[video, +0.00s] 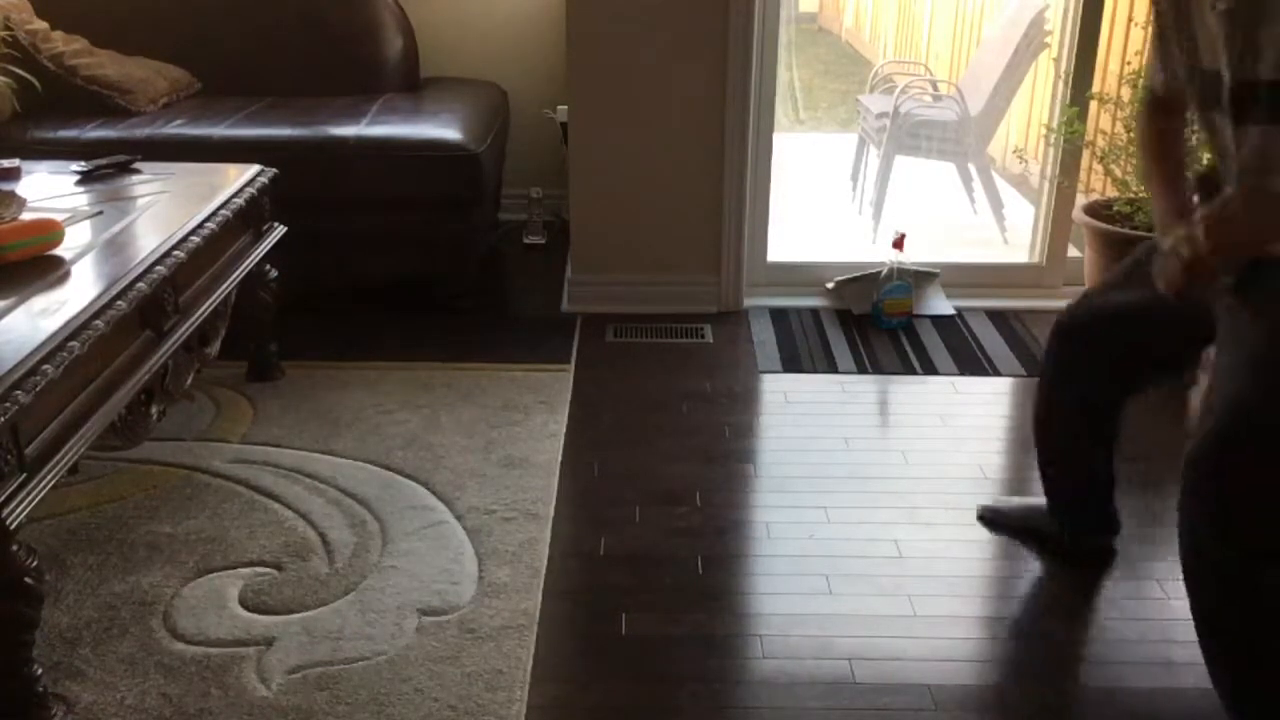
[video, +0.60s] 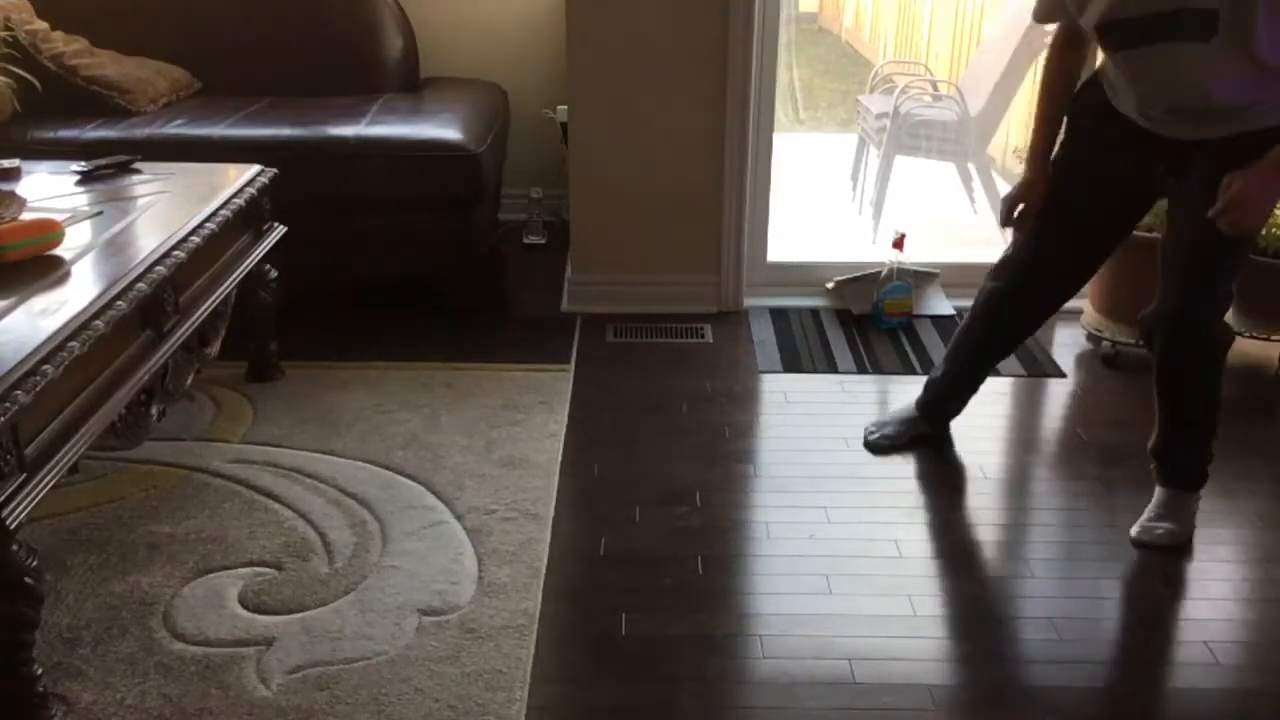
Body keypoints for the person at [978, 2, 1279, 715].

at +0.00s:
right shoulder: (1182, 7)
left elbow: (1266, 191)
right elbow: (1163, 103)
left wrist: (1207, 238)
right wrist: (1172, 223)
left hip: (1275, 256)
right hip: (1219, 231)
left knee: (1224, 486)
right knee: (1085, 335)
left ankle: (1257, 699)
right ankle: (1079, 527)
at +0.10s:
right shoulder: (1100, 4)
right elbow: (1040, 84)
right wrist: (1079, 209)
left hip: (1262, 212)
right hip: (1167, 190)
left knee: (1231, 448)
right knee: (1042, 315)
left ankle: (1255, 685)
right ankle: (1026, 476)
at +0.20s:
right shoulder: (1052, 7)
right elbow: (1001, 114)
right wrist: (1024, 255)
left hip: (1248, 161)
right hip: (1133, 146)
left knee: (1199, 381)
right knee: (1016, 304)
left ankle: (1215, 627)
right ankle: (999, 454)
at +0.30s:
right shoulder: (1034, 6)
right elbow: (1006, 109)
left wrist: (1277, 134)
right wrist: (1014, 258)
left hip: (1234, 139)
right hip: (1112, 120)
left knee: (1171, 340)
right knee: (1014, 281)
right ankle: (978, 437)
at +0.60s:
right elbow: (1070, 41)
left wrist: (1272, 170)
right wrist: (1037, 166)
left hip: (1237, 129)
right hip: (1124, 109)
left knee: (1187, 322)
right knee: (1024, 275)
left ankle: (1178, 489)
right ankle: (930, 411)